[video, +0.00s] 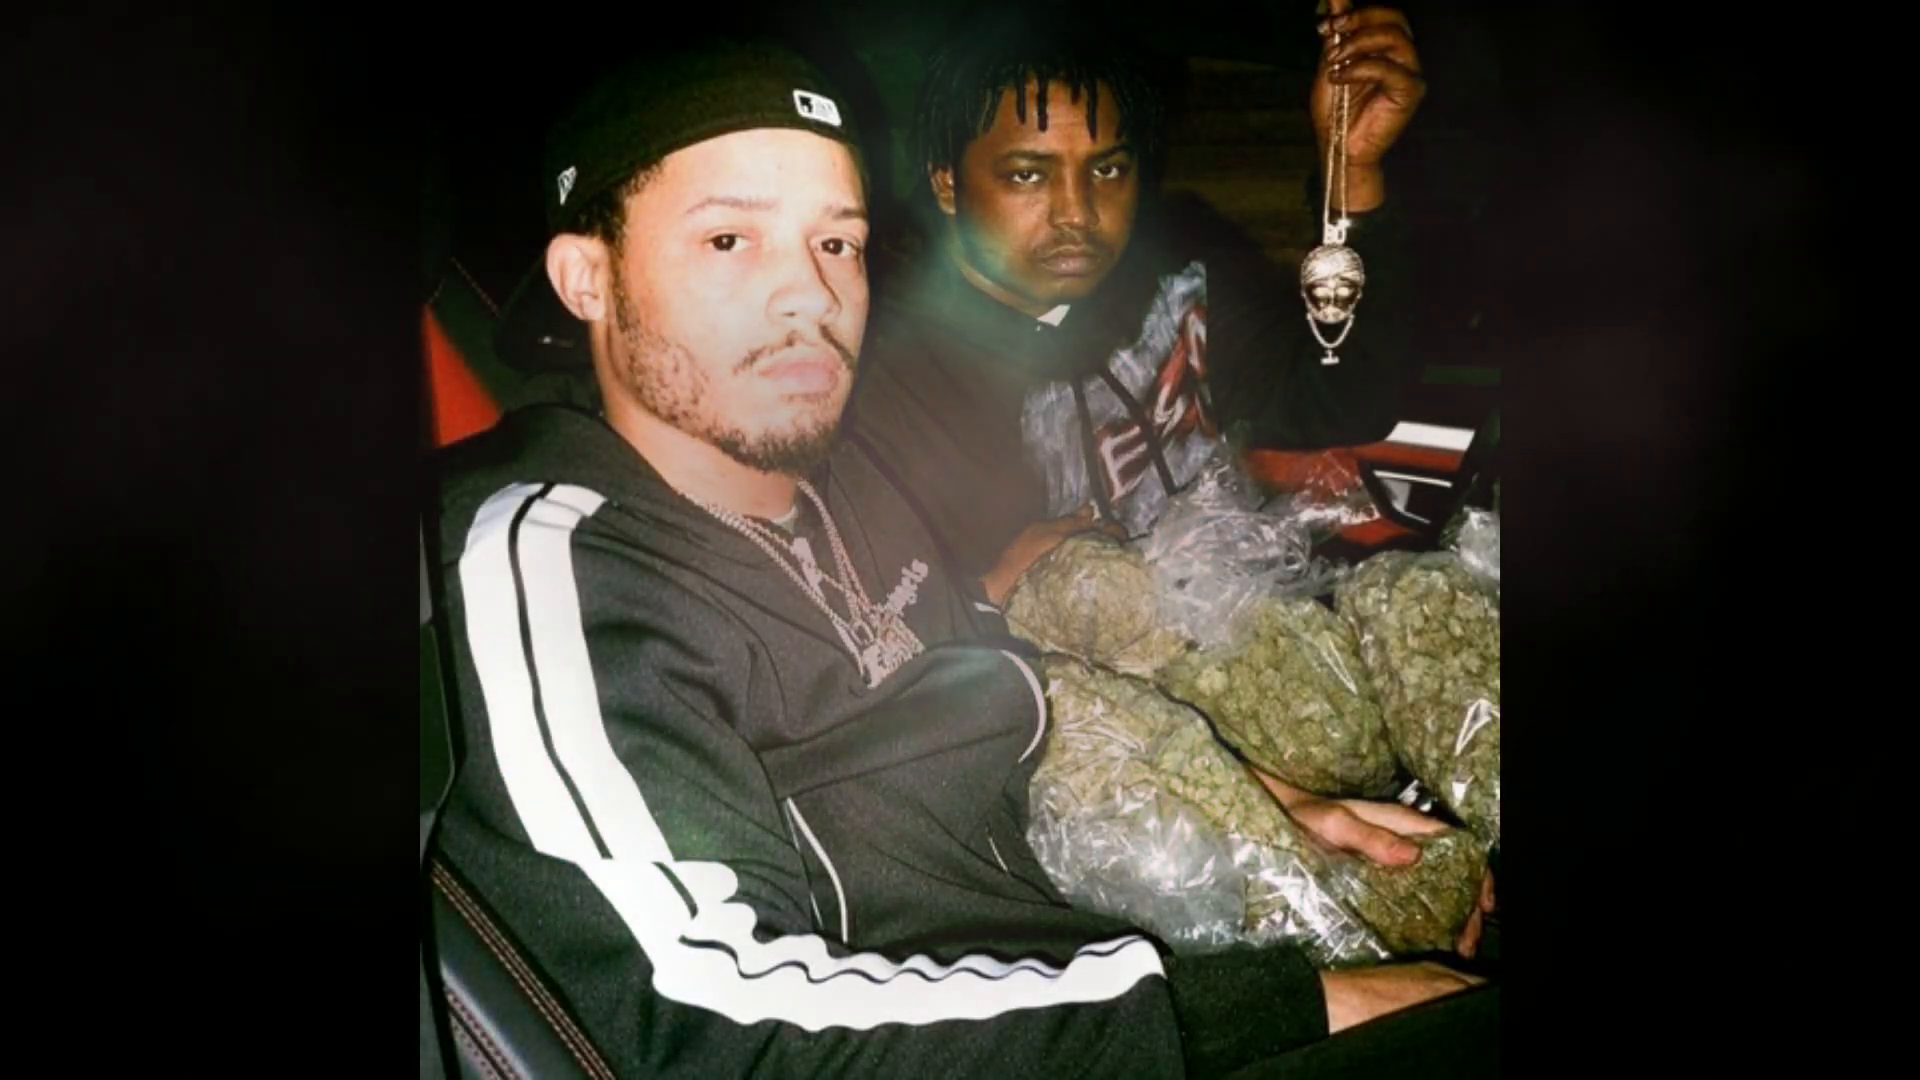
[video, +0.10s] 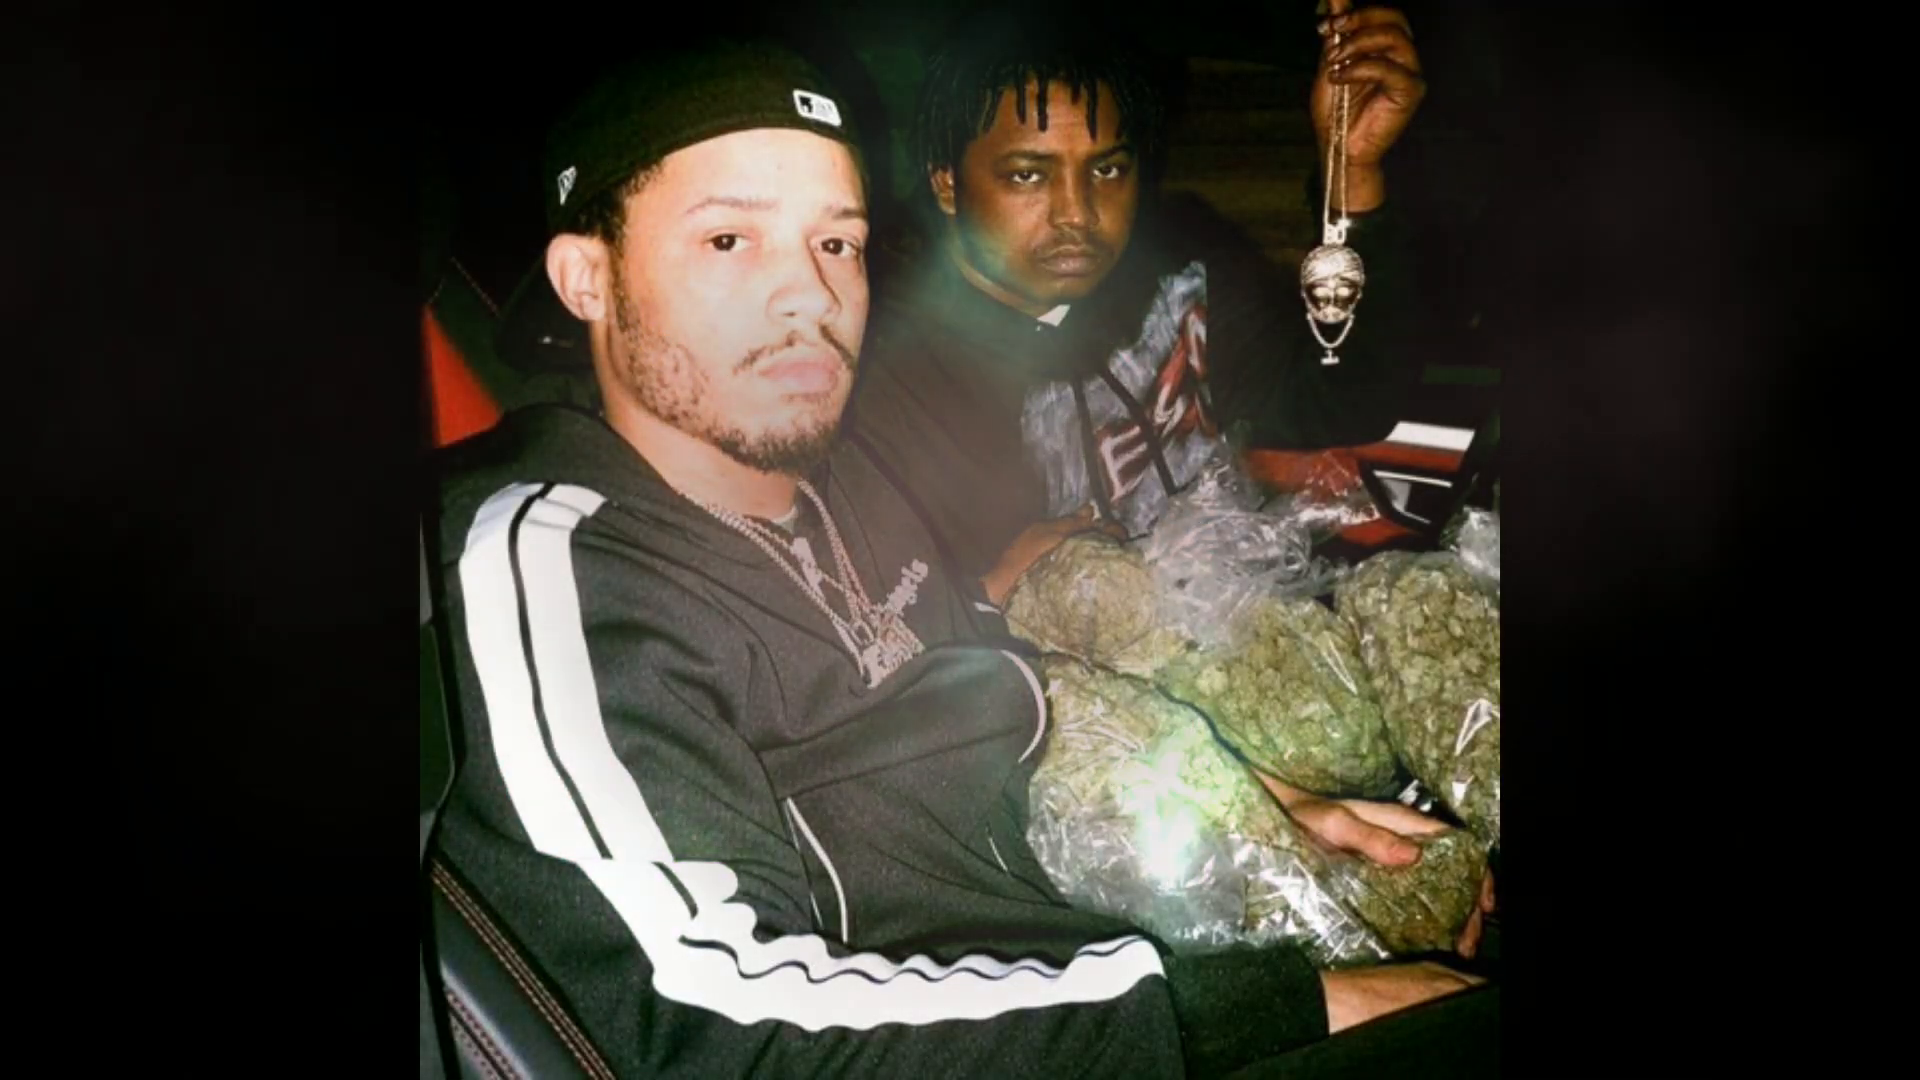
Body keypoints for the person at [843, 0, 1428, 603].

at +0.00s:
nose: (1077, 216)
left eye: (1108, 171)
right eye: (1029, 175)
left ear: (1142, 171)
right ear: (945, 185)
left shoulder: (1179, 250)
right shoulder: (899, 370)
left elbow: (1346, 413)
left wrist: (1353, 171)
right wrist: (990, 590)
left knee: (1425, 603)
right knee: (1083, 578)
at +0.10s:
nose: (1077, 217)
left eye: (1108, 170)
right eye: (1028, 175)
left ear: (1140, 169)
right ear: (945, 185)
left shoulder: (1181, 251)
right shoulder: (898, 370)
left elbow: (1343, 421)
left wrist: (1353, 172)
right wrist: (990, 591)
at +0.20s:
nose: (1077, 217)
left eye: (1108, 170)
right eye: (1029, 175)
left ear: (1140, 171)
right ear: (945, 186)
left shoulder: (1181, 251)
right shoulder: (898, 368)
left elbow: (1341, 425)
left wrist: (1353, 173)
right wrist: (991, 588)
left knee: (1427, 603)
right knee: (1081, 576)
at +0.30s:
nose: (1077, 217)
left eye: (1107, 171)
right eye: (1029, 175)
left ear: (1140, 171)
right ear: (946, 188)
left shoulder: (1179, 246)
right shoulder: (900, 369)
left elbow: (1342, 421)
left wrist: (1352, 173)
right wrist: (990, 589)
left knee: (1425, 601)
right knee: (1081, 578)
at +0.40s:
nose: (1077, 217)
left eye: (1108, 170)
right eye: (1029, 175)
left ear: (1142, 170)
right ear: (945, 187)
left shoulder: (1179, 244)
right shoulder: (899, 371)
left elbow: (1343, 419)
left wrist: (1353, 173)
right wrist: (990, 591)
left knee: (1428, 602)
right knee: (1083, 578)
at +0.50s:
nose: (1077, 217)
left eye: (1108, 171)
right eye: (1029, 175)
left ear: (1141, 171)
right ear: (945, 186)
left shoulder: (1179, 245)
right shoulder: (898, 373)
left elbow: (1338, 424)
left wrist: (1353, 173)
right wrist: (990, 591)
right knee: (1083, 579)